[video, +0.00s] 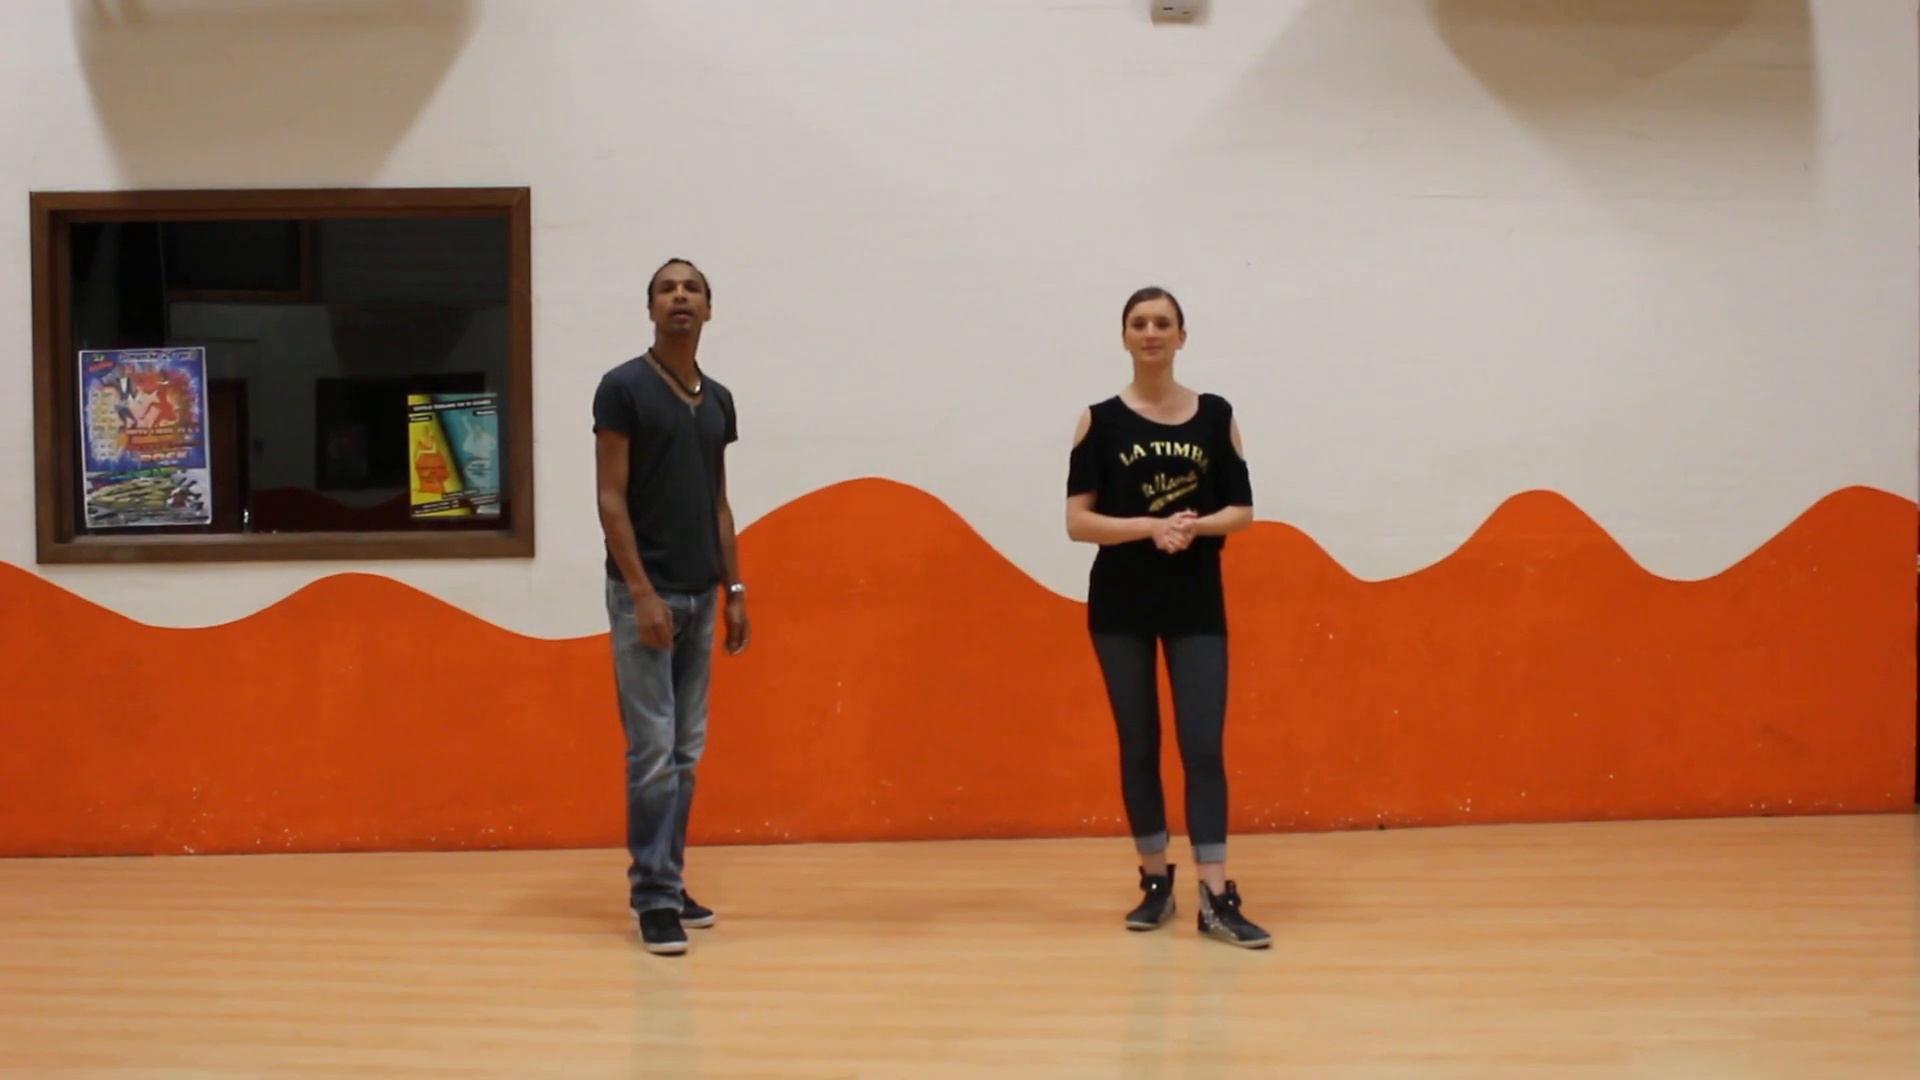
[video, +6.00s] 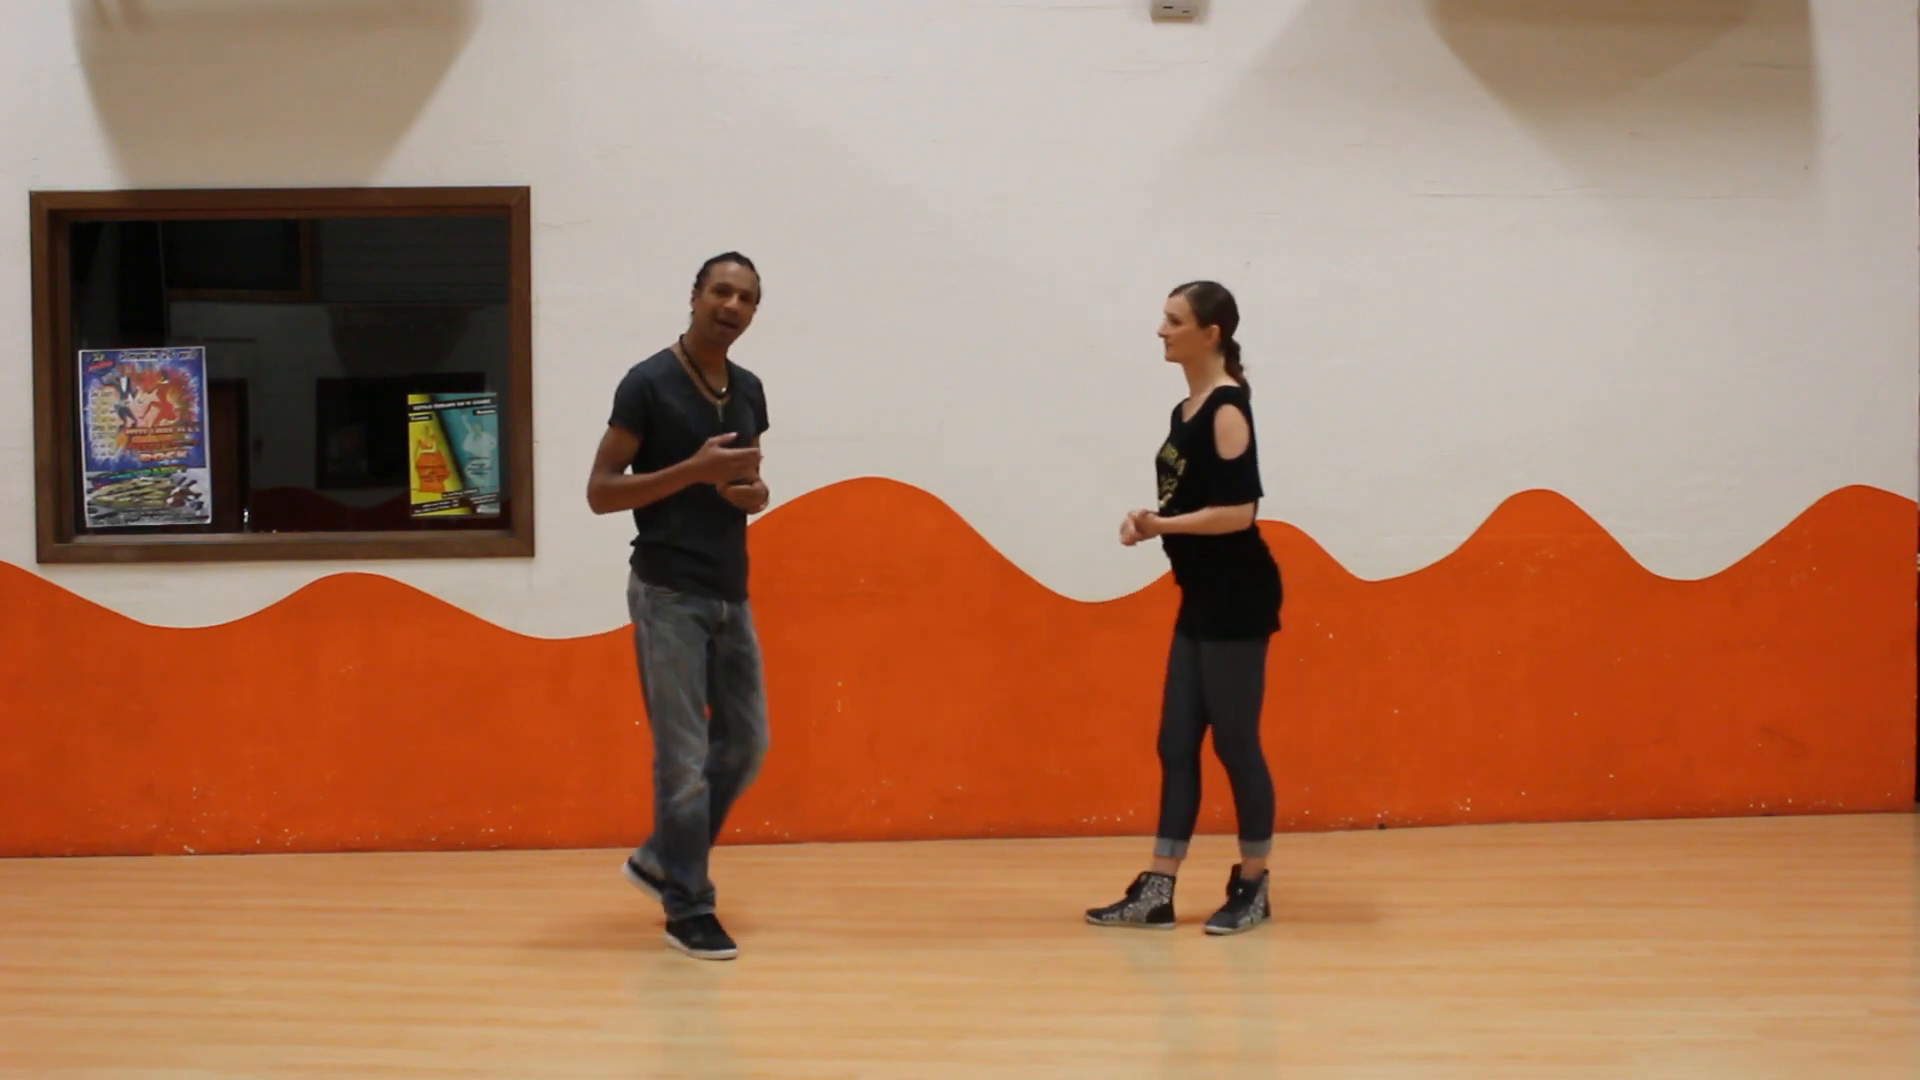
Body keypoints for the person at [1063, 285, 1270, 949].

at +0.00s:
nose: (1151, 334)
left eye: (1162, 324)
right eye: (1140, 324)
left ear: (1181, 337)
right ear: (1124, 336)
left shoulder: (1214, 414)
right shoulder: (1098, 421)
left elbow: (1241, 510)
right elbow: (1079, 521)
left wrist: (1199, 525)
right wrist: (1146, 526)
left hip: (1195, 601)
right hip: (1121, 602)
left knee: (1203, 747)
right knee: (1139, 745)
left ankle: (1216, 897)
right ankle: (1157, 884)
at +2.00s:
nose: (1123, 339)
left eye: (1136, 328)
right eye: (1120, 329)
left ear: (1172, 337)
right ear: (1121, 338)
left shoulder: (1218, 415)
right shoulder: (1102, 421)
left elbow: (1246, 511)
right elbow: (1081, 521)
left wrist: (1200, 525)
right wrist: (1144, 525)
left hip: (1197, 602)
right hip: (1122, 603)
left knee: (1207, 747)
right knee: (1141, 744)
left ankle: (1216, 896)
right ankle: (1157, 882)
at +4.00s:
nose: (1144, 336)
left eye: (1155, 326)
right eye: (1133, 326)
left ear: (1174, 337)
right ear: (1116, 338)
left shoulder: (1209, 413)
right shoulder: (1092, 425)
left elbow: (1243, 507)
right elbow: (1075, 525)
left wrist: (1196, 522)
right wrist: (1137, 522)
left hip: (1193, 603)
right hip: (1119, 605)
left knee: (1206, 747)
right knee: (1138, 746)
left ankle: (1216, 896)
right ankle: (1157, 883)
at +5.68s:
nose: (1137, 324)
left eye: (1150, 317)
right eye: (1140, 314)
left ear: (1186, 332)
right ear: (1171, 332)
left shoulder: (1198, 408)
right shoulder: (1160, 410)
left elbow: (1212, 508)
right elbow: (1170, 502)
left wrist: (1133, 522)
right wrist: (1124, 515)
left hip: (1212, 598)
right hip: (1172, 597)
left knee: (1216, 744)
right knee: (1171, 743)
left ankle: (1248, 884)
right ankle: (1167, 883)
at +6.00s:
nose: (1161, 331)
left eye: (1173, 323)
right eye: (1163, 321)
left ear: (1212, 332)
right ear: (1198, 332)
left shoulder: (1227, 408)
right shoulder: (1187, 408)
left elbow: (1241, 512)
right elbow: (1197, 502)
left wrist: (1159, 524)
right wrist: (1155, 521)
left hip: (1238, 602)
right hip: (1199, 599)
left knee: (1238, 745)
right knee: (1177, 745)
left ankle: (1252, 888)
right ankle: (1158, 888)